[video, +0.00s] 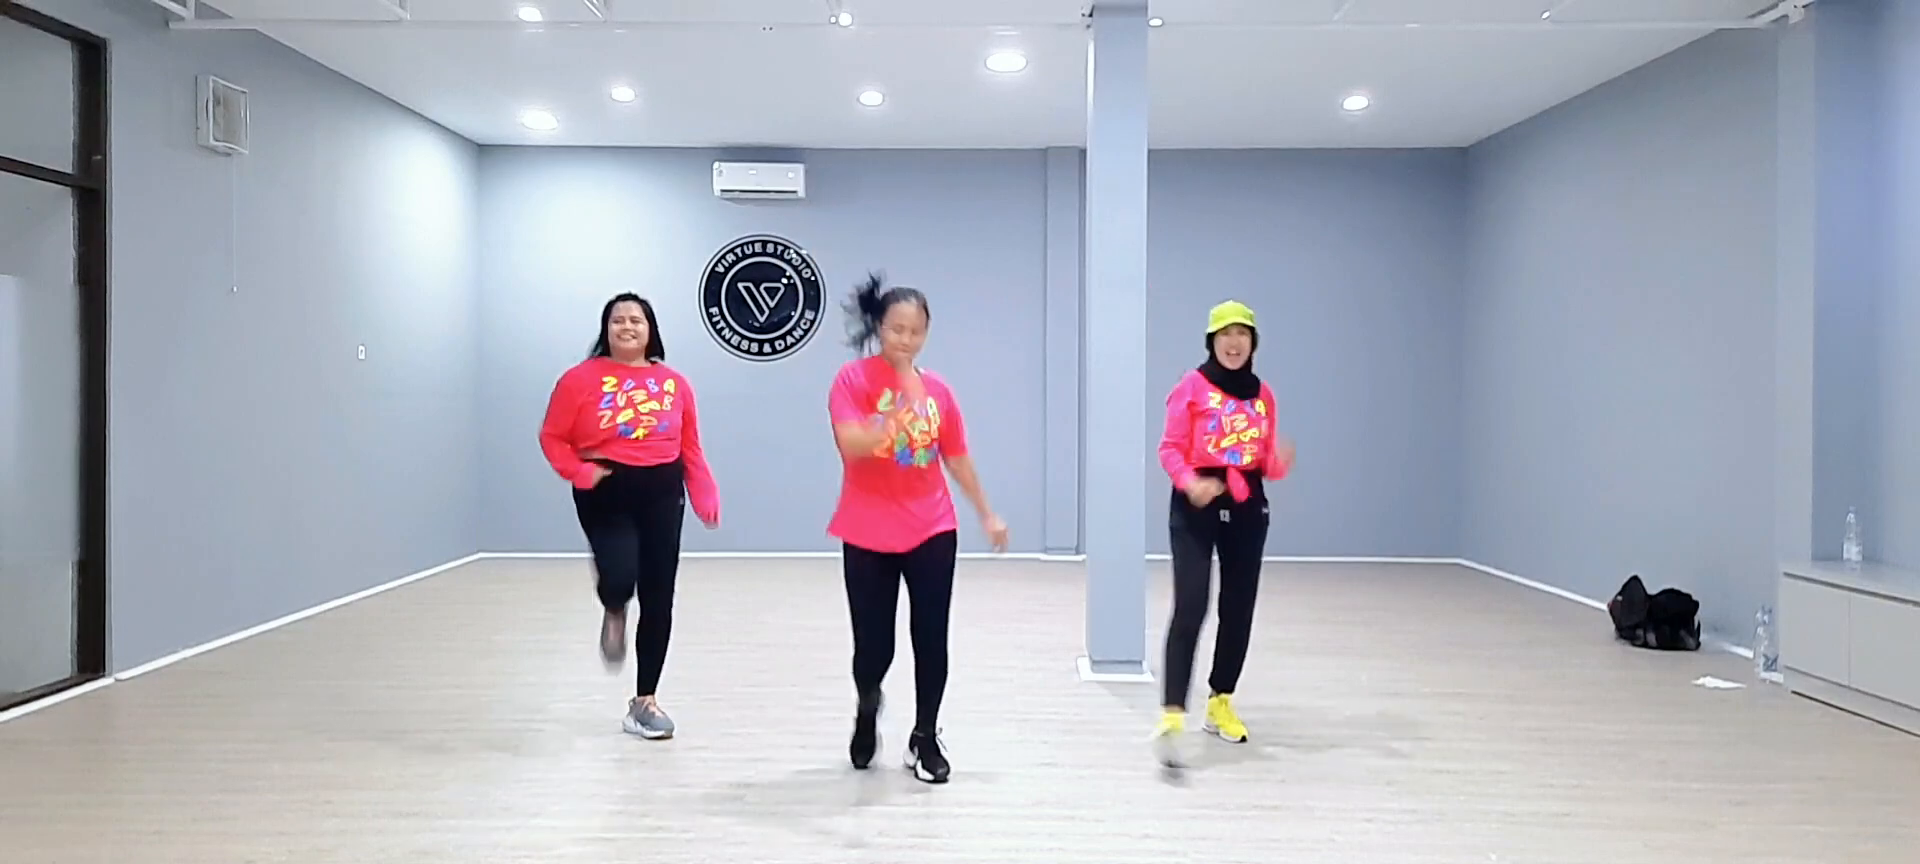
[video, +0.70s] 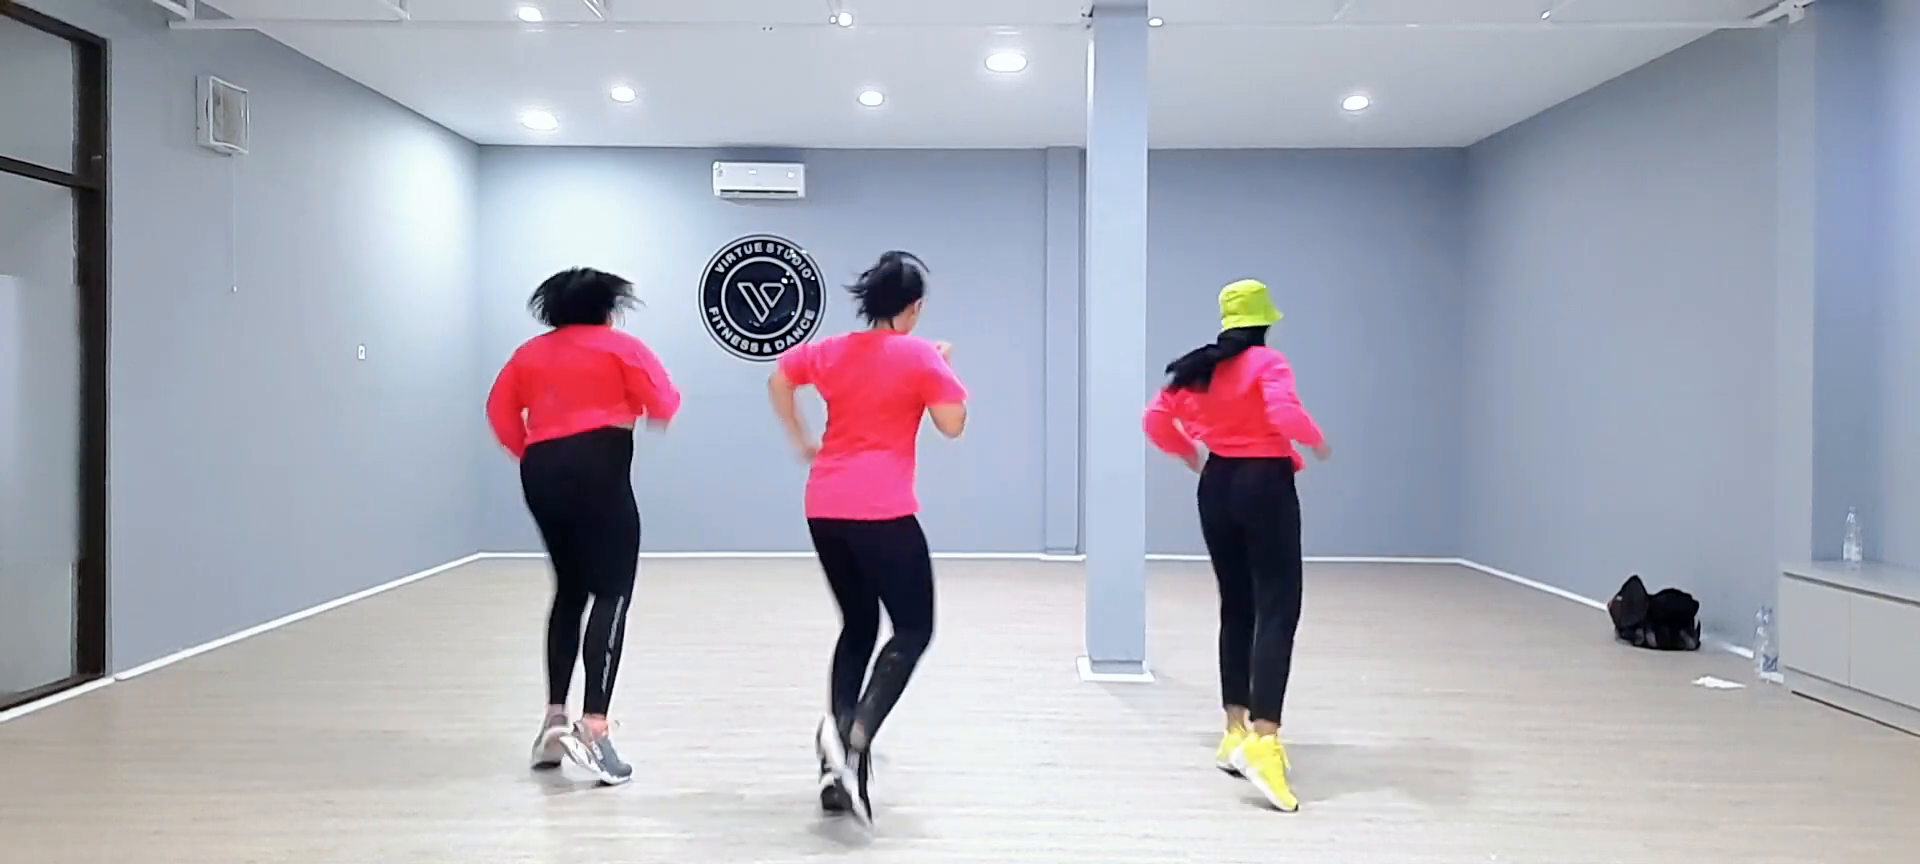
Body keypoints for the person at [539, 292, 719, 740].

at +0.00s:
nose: (627, 326)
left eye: (637, 320)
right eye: (618, 320)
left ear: (650, 330)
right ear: (605, 330)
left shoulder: (673, 382)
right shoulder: (579, 381)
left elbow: (690, 446)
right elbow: (551, 437)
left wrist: (706, 498)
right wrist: (580, 471)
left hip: (662, 491)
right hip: (605, 490)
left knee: (658, 597)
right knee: (619, 580)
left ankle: (644, 699)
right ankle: (615, 614)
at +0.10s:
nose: (629, 318)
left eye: (637, 312)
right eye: (620, 312)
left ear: (651, 323)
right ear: (606, 323)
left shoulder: (672, 374)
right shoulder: (580, 367)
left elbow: (689, 425)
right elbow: (531, 411)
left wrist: (704, 446)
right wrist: (561, 456)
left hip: (661, 481)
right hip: (602, 478)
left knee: (659, 584)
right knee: (640, 561)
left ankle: (649, 695)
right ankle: (612, 669)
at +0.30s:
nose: (619, 317)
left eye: (626, 310)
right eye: (608, 312)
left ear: (640, 317)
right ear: (591, 323)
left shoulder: (661, 357)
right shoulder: (575, 363)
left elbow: (676, 409)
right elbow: (524, 409)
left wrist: (696, 416)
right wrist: (574, 443)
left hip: (637, 487)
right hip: (594, 484)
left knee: (668, 589)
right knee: (622, 593)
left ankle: (632, 699)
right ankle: (589, 738)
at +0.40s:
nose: (618, 332)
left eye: (624, 325)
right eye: (605, 326)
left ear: (633, 336)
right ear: (584, 338)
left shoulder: (639, 383)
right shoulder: (578, 389)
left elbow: (659, 438)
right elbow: (560, 452)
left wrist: (668, 465)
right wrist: (632, 444)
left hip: (626, 502)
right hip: (588, 503)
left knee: (660, 602)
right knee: (619, 614)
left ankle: (626, 711)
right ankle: (583, 753)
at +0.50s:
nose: (633, 320)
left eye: (632, 313)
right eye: (623, 312)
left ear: (615, 326)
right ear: (596, 321)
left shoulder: (608, 368)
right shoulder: (593, 367)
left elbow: (629, 421)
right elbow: (632, 422)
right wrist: (670, 391)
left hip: (604, 490)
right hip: (589, 490)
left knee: (633, 594)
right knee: (615, 607)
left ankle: (622, 707)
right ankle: (586, 747)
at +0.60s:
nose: (626, 308)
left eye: (622, 300)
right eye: (622, 301)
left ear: (574, 307)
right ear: (611, 306)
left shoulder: (554, 355)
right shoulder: (615, 343)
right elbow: (655, 390)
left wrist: (542, 439)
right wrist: (670, 370)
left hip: (553, 467)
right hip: (599, 460)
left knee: (601, 581)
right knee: (616, 588)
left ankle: (592, 713)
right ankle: (599, 726)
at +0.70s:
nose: (616, 315)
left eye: (613, 309)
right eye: (613, 309)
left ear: (557, 310)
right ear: (605, 310)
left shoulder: (529, 353)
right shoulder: (621, 346)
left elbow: (498, 410)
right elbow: (666, 405)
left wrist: (529, 452)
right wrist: (642, 393)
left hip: (542, 468)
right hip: (600, 463)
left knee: (569, 587)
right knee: (613, 592)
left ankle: (555, 717)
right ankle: (593, 726)